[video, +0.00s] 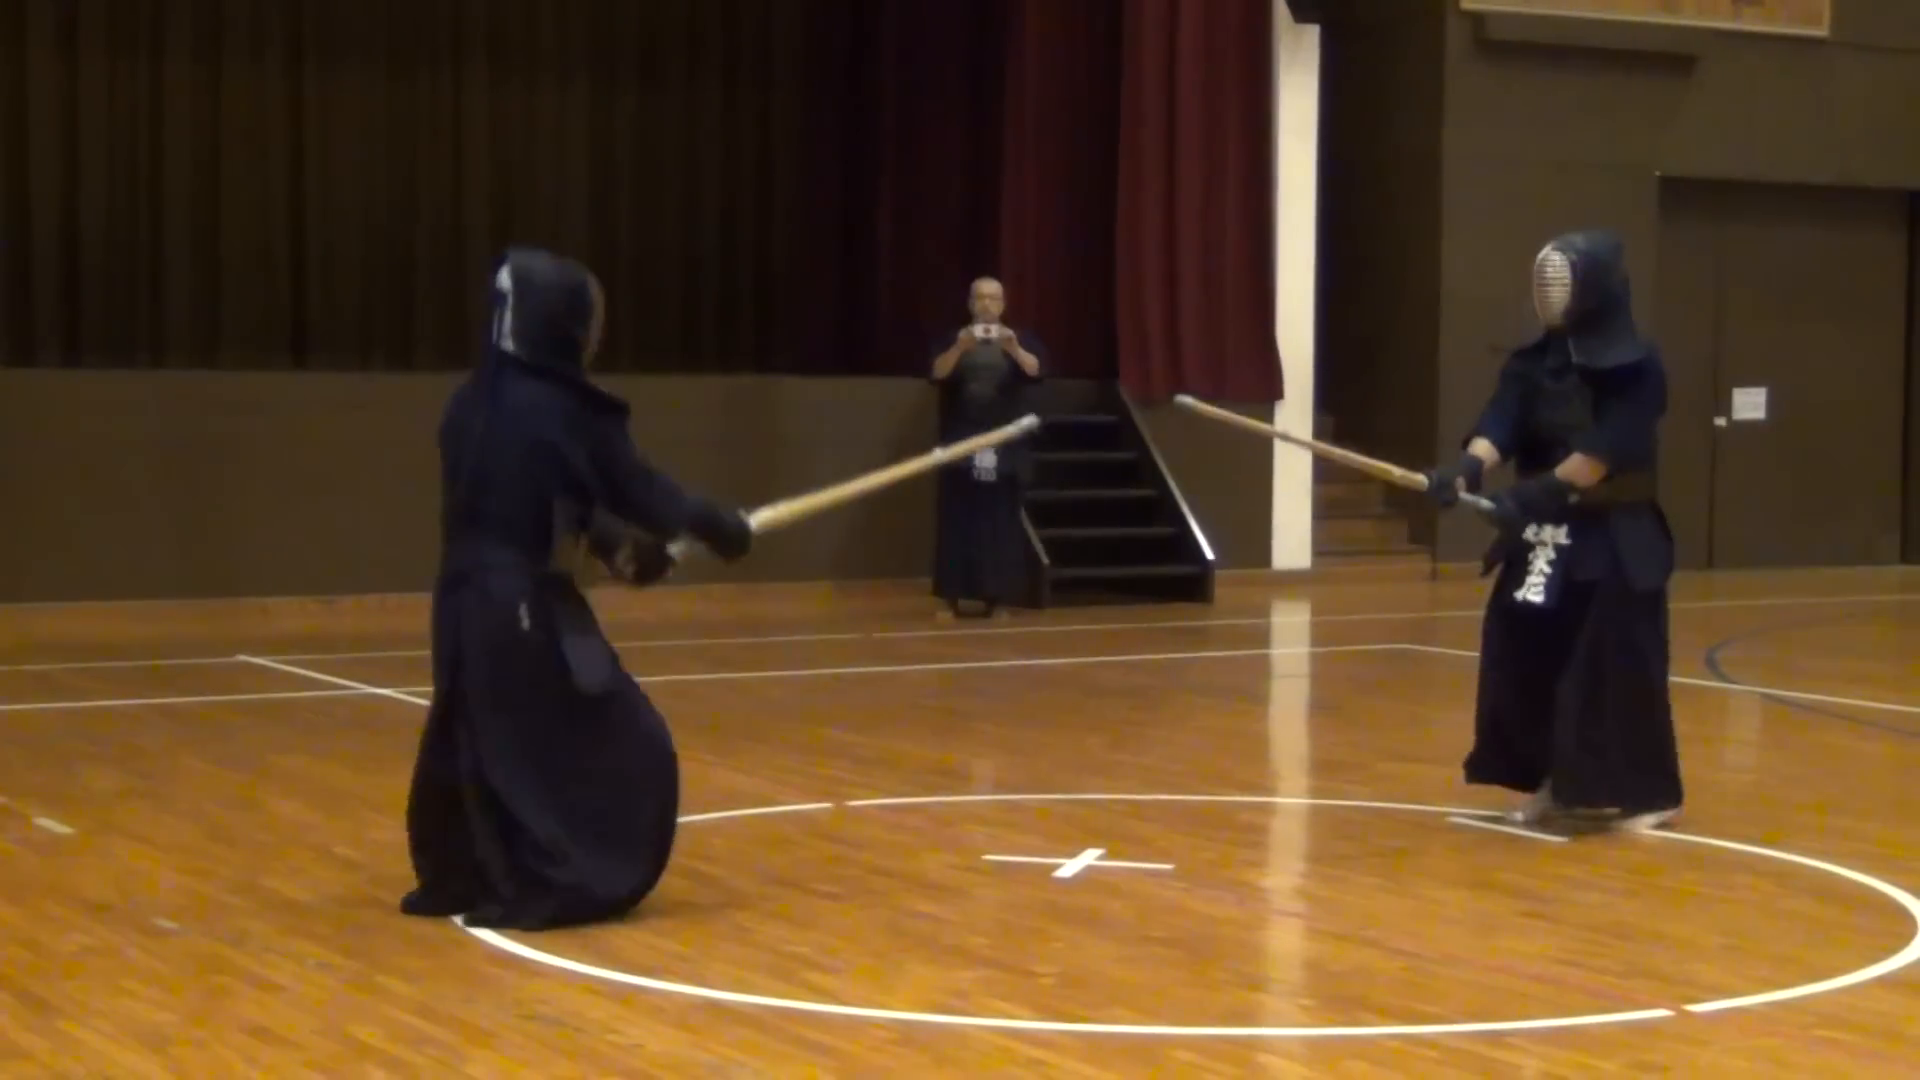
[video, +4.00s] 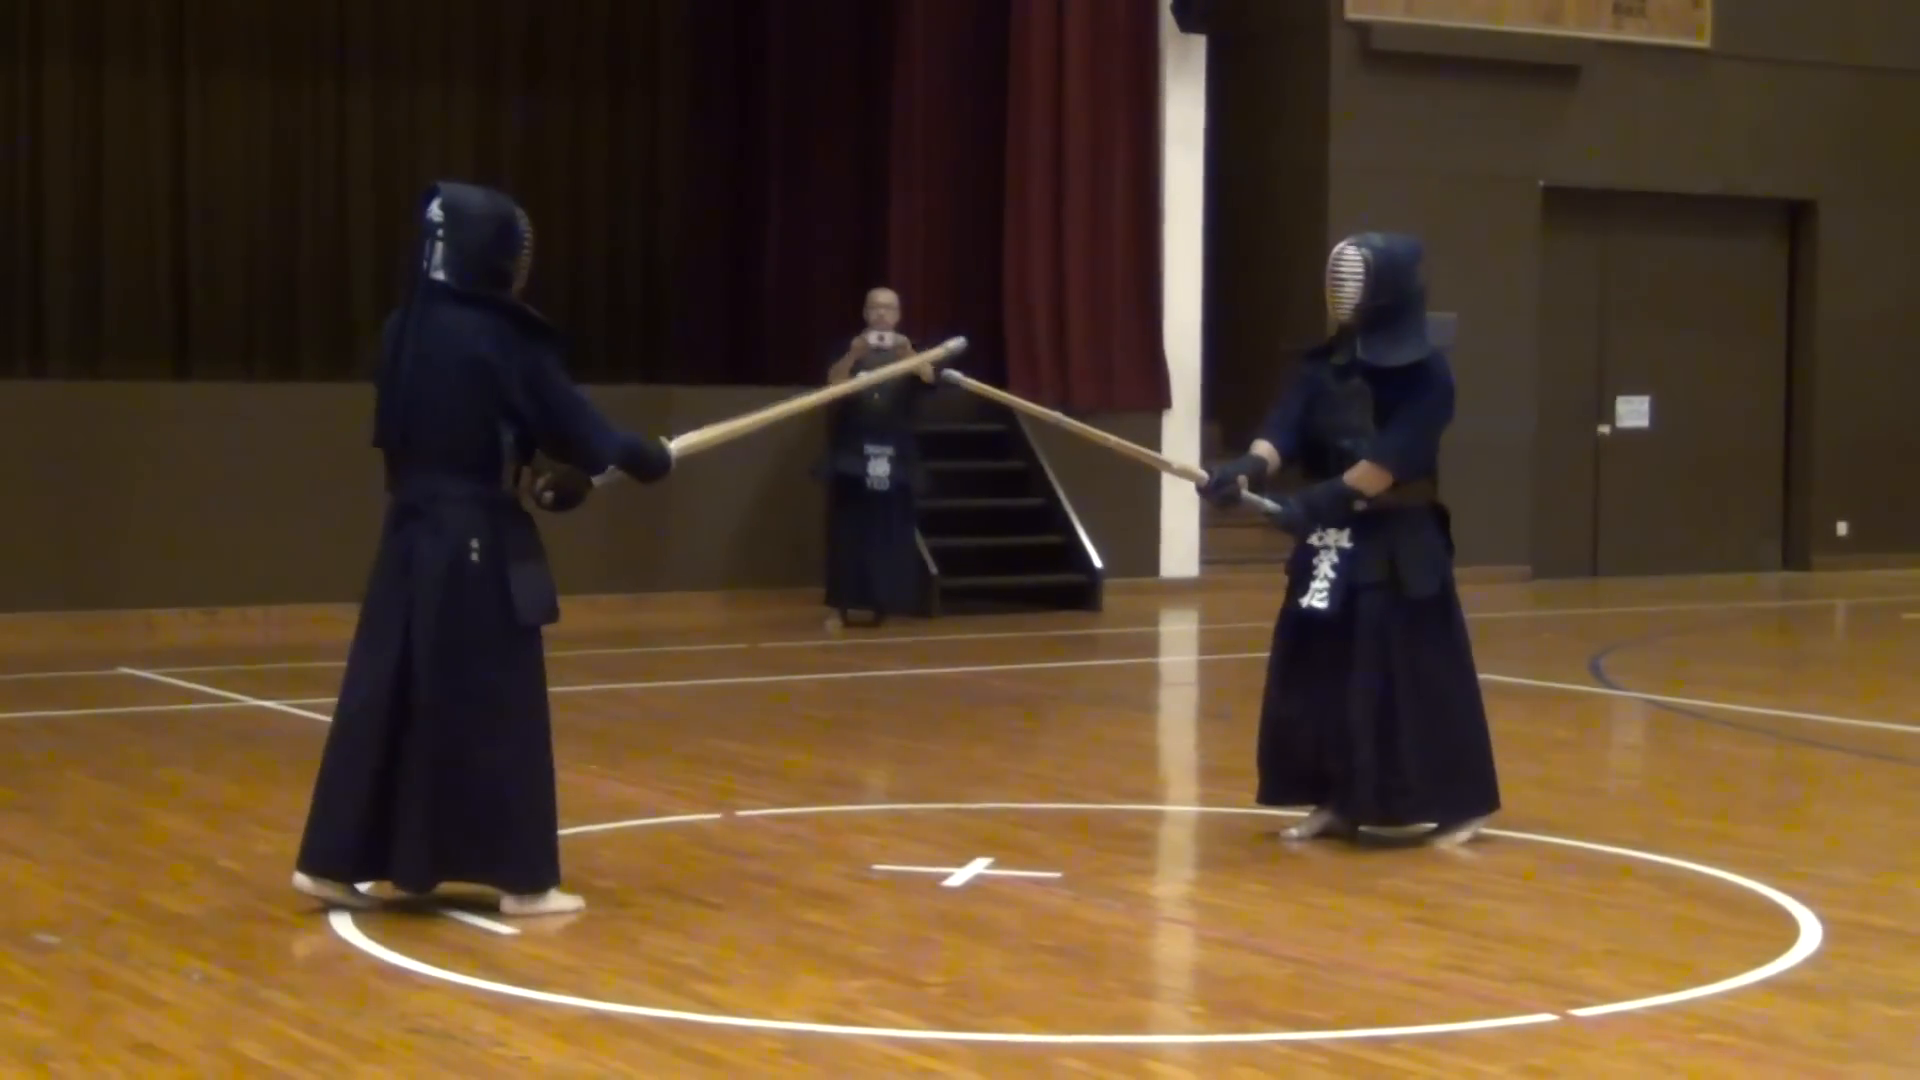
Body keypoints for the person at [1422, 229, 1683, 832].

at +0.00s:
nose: (1547, 295)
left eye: (1560, 284)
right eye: (1543, 283)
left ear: (1595, 287)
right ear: (1540, 287)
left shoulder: (1631, 364)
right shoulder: (1533, 360)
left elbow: (1604, 454)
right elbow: (1501, 423)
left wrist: (1532, 495)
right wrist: (1467, 466)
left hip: (1618, 530)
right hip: (1548, 527)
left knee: (1615, 656)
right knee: (1533, 649)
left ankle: (1649, 792)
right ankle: (1562, 782)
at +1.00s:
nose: (1471, 292)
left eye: (1485, 280)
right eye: (1468, 279)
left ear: (1520, 286)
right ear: (1463, 282)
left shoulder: (1552, 367)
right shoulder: (1452, 360)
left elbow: (1522, 453)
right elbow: (1418, 420)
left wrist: (1445, 492)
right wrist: (1382, 459)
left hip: (1531, 531)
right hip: (1459, 526)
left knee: (1550, 660)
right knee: (1443, 658)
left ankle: (1600, 789)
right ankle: (1457, 797)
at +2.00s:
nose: (1458, 296)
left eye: (1470, 285)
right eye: (1455, 283)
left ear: (1506, 290)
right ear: (1452, 286)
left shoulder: (1540, 368)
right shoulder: (1441, 362)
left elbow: (1505, 456)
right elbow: (1404, 423)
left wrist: (1426, 501)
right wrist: (1368, 466)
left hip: (1517, 537)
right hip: (1446, 531)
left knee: (1512, 668)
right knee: (1429, 661)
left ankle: (1530, 807)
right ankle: (1438, 799)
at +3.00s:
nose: (1356, 294)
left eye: (1369, 282)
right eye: (1355, 281)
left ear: (1405, 288)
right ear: (1354, 285)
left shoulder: (1443, 371)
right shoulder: (1344, 362)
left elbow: (1416, 464)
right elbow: (1309, 426)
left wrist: (1339, 504)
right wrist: (1276, 473)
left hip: (1420, 538)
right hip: (1350, 533)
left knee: (1436, 666)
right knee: (1342, 663)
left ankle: (1475, 803)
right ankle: (1348, 802)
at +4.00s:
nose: (1340, 297)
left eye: (1354, 285)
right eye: (1338, 283)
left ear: (1388, 290)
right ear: (1336, 288)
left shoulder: (1423, 373)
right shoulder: (1323, 364)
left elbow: (1390, 463)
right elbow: (1285, 426)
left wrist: (1315, 503)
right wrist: (1250, 467)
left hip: (1402, 536)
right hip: (1333, 531)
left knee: (1417, 667)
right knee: (1326, 664)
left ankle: (1457, 801)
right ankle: (1333, 799)